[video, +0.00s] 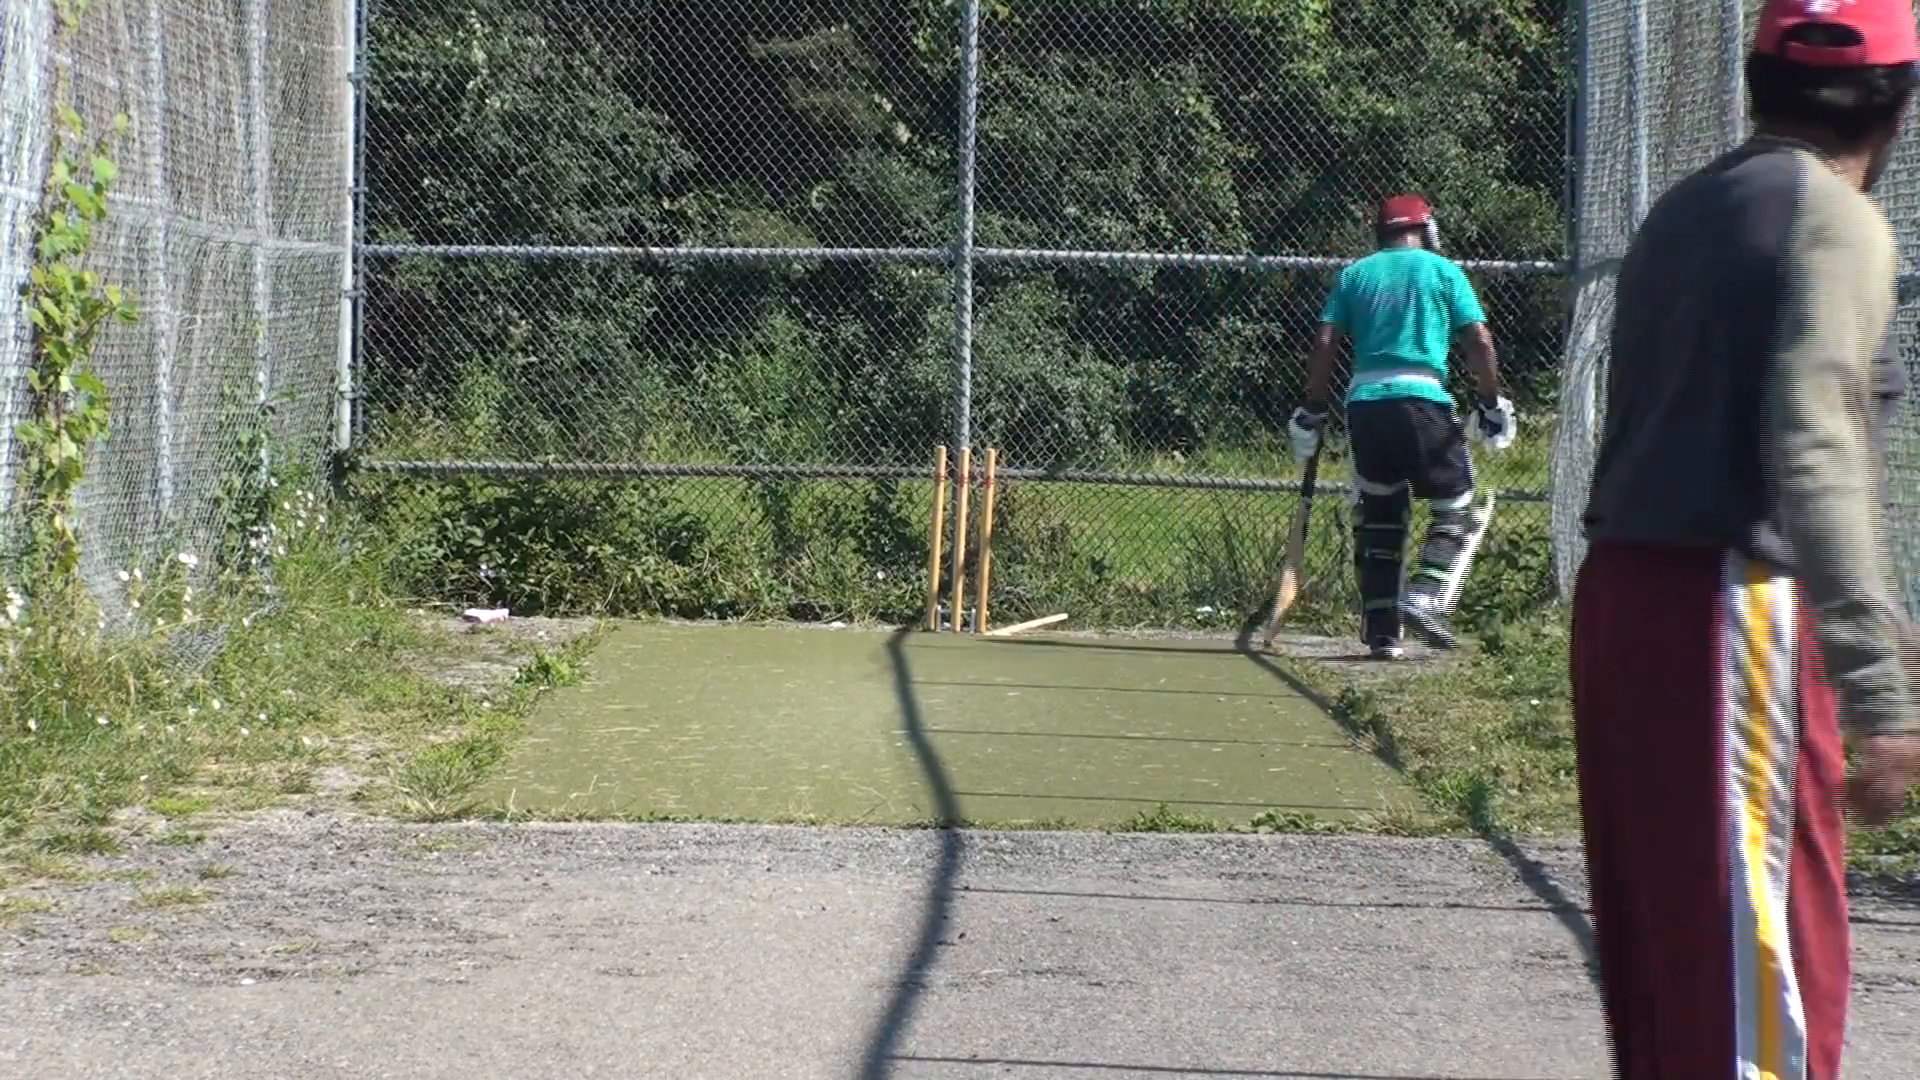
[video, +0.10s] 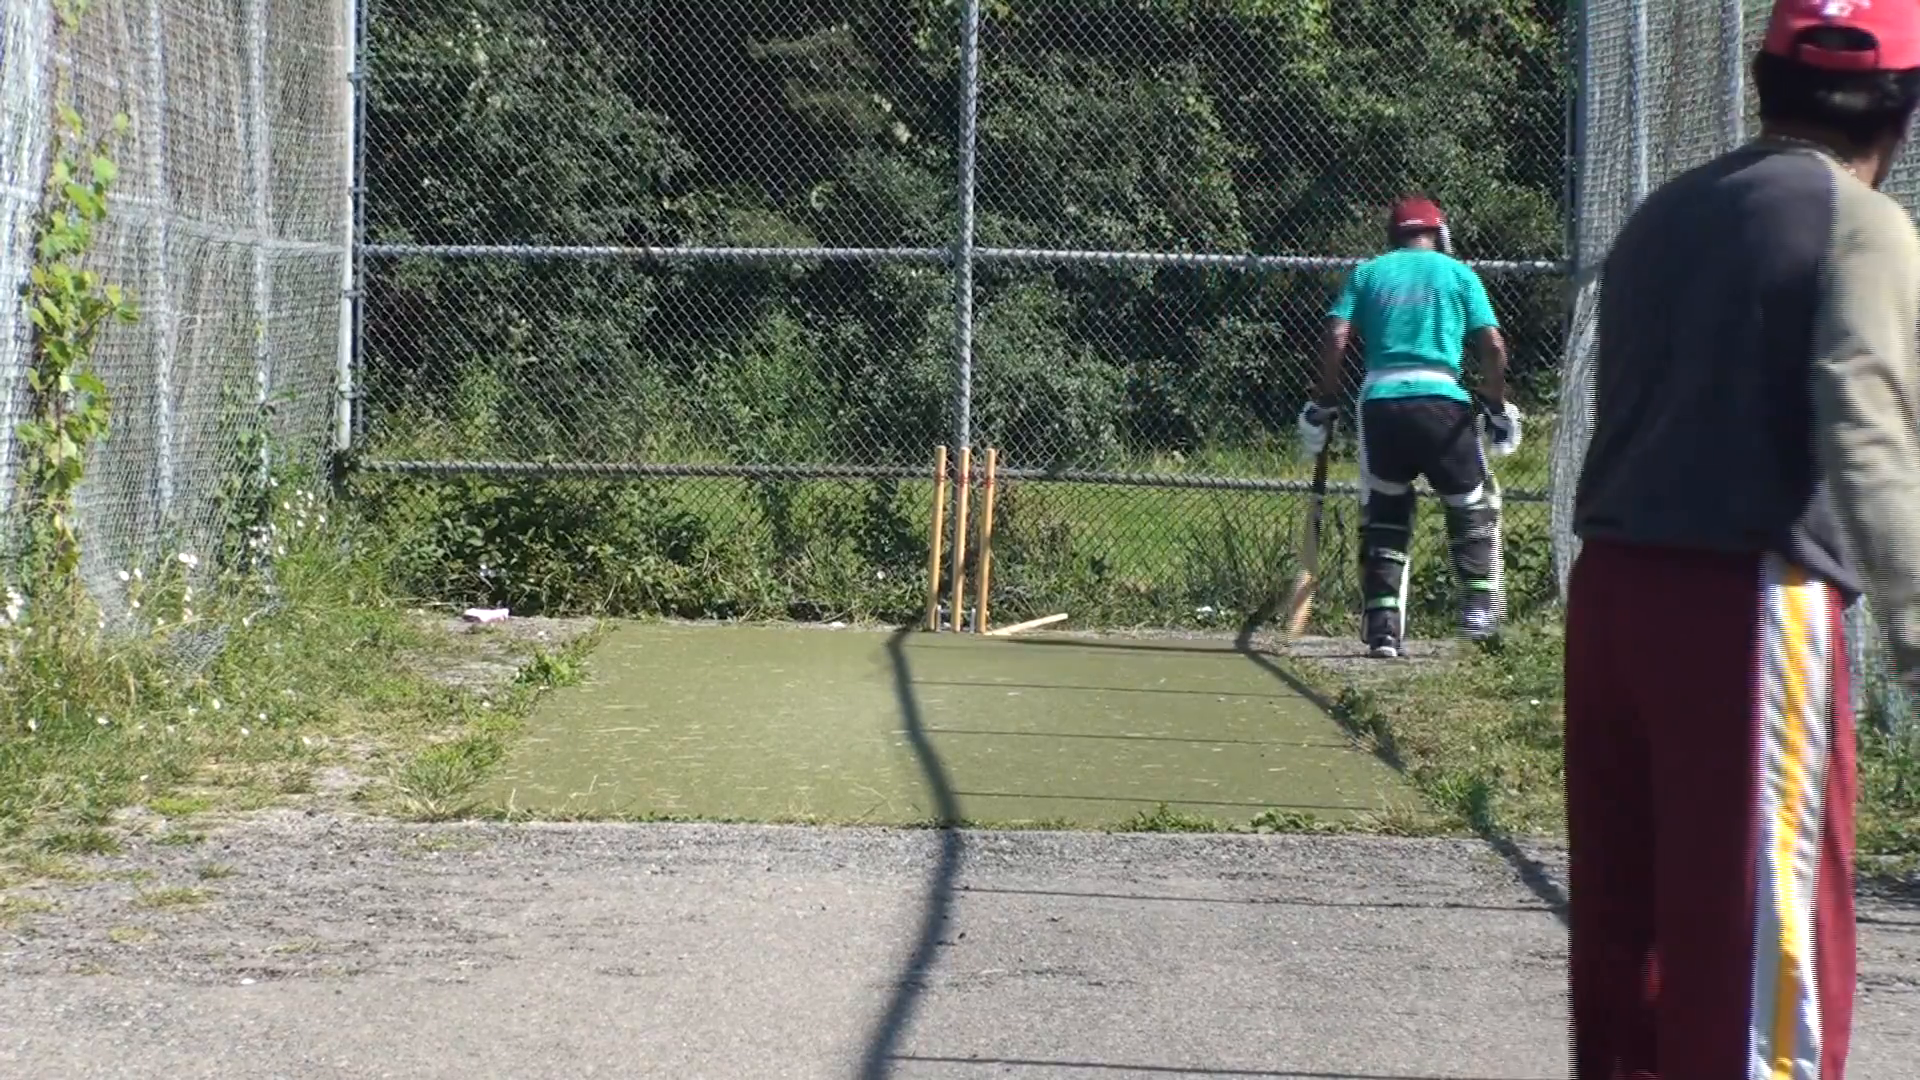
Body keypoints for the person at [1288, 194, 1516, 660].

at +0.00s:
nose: (1433, 238)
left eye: (1429, 233)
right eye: (1431, 232)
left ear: (1381, 235)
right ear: (1426, 233)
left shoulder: (1353, 274)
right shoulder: (1445, 271)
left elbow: (1325, 343)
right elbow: (1480, 340)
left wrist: (1311, 412)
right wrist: (1492, 404)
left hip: (1366, 411)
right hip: (1422, 407)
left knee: (1380, 512)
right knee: (1456, 507)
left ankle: (1381, 633)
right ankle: (1427, 597)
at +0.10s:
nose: (1440, 242)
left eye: (1435, 237)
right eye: (1441, 236)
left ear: (1393, 238)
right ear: (1438, 236)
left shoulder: (1366, 272)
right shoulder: (1460, 274)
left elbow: (1335, 338)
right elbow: (1493, 346)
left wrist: (1322, 405)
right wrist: (1496, 407)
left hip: (1381, 412)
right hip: (1441, 409)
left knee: (1386, 513)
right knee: (1473, 509)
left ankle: (1383, 626)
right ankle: (1480, 611)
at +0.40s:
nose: (1425, 294)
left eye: (1427, 287)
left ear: (1433, 286)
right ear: (1476, 290)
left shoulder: (1424, 302)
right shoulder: (1502, 318)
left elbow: (1390, 348)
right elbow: (1527, 371)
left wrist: (1362, 415)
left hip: (1454, 417)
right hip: (1512, 418)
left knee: (1411, 521)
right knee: (1500, 516)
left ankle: (1390, 630)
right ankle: (1528, 617)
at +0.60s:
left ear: (1446, 332)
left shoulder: (1443, 331)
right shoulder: (1503, 342)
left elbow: (1413, 354)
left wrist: (1381, 415)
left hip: (1483, 385)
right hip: (1529, 386)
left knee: (1441, 508)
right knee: (1509, 502)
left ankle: (1444, 617)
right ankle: (1523, 611)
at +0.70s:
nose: (1439, 405)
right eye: (1436, 400)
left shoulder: (1449, 348)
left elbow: (1419, 358)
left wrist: (1384, 416)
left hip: (1496, 402)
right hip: (1539, 400)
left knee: (1461, 509)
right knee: (1515, 505)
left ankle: (1472, 619)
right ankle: (1523, 608)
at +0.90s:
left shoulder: (1455, 381)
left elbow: (1427, 368)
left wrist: (1392, 425)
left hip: (1504, 411)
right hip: (1559, 413)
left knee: (1489, 516)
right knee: (1525, 511)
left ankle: (1498, 617)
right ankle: (1539, 609)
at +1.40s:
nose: (1435, 422)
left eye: (1430, 414)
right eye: (1430, 418)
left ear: (1431, 390)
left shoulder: (1441, 346)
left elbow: (1424, 364)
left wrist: (1391, 426)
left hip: (1498, 398)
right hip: (1543, 399)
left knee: (1468, 508)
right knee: (1523, 510)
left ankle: (1489, 601)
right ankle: (1532, 606)